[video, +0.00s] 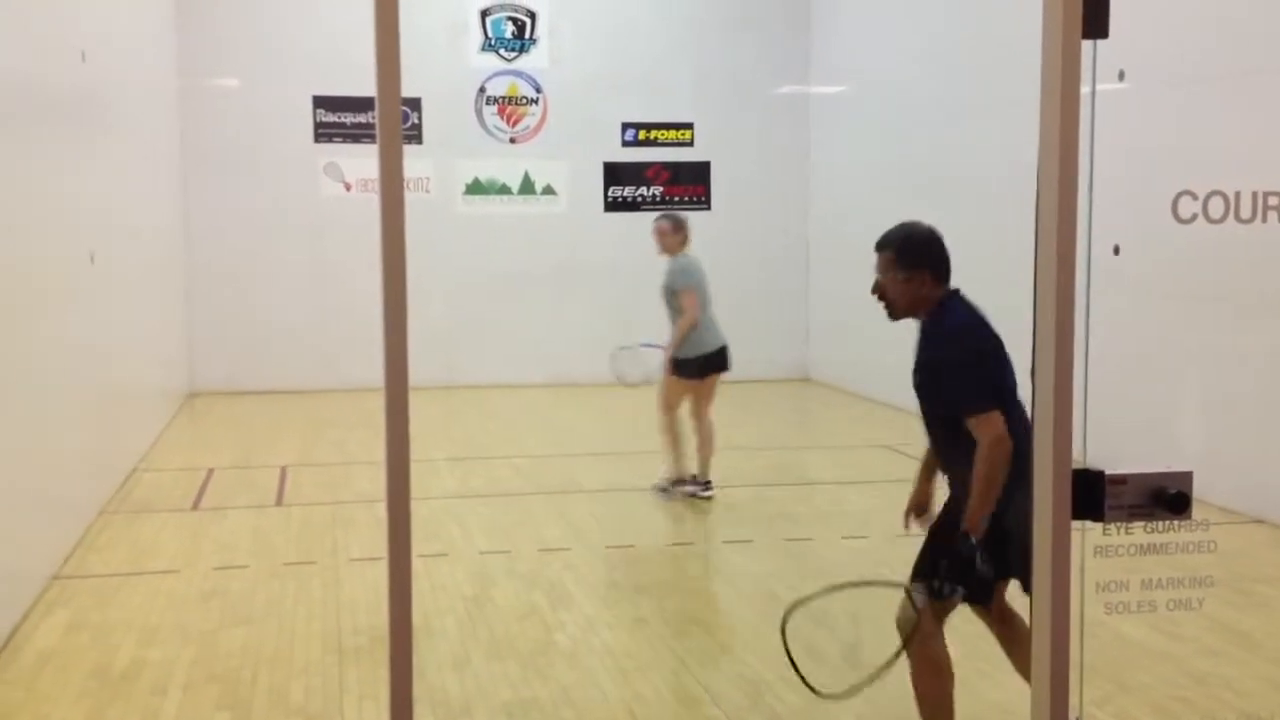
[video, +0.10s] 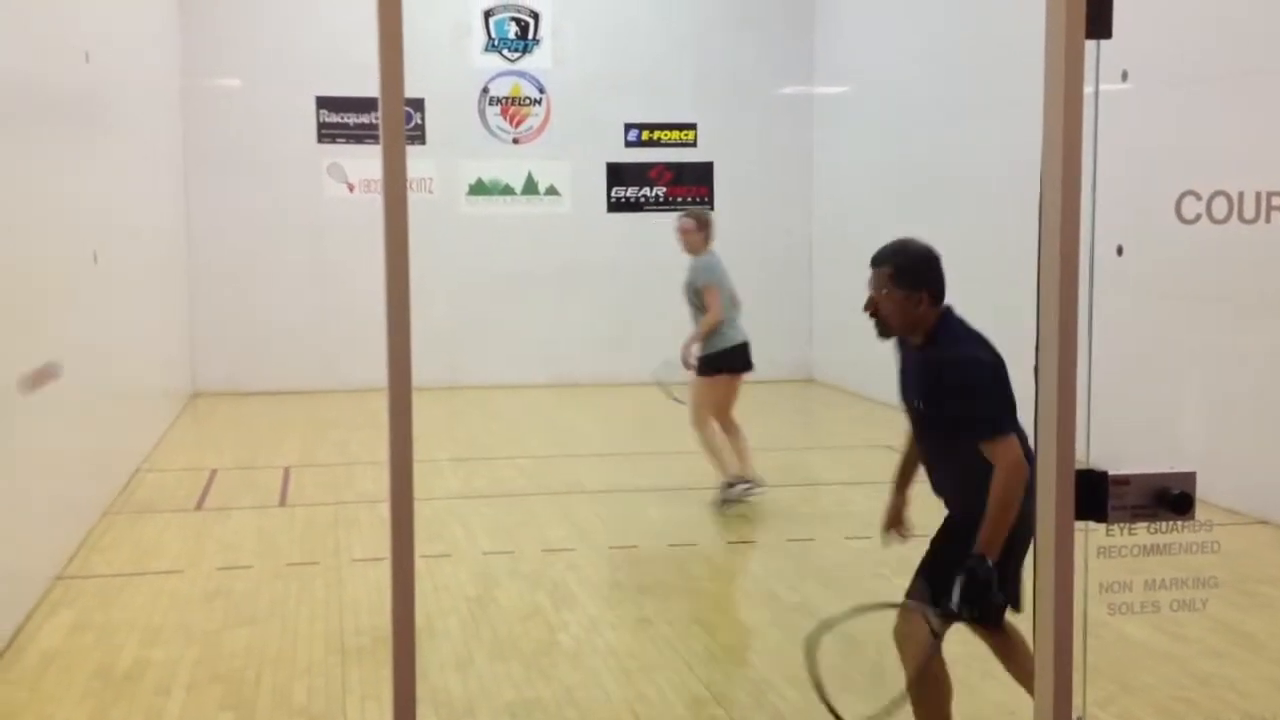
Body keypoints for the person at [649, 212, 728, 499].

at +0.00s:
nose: (657, 239)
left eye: (662, 234)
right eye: (656, 234)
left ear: (679, 235)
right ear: (677, 237)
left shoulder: (679, 268)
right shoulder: (691, 264)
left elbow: (691, 313)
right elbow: (697, 312)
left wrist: (671, 348)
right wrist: (676, 341)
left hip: (691, 353)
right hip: (713, 349)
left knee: (669, 406)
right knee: (701, 410)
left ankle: (678, 473)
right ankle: (703, 477)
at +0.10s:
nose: (682, 238)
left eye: (687, 232)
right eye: (680, 232)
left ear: (703, 233)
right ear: (684, 234)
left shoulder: (704, 266)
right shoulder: (710, 262)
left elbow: (715, 312)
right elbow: (732, 304)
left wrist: (689, 343)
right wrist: (701, 339)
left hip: (720, 350)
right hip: (734, 346)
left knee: (701, 416)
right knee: (723, 413)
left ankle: (732, 476)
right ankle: (748, 473)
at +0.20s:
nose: (706, 254)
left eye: (712, 247)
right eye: (704, 248)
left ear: (728, 250)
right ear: (708, 250)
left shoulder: (729, 284)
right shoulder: (737, 279)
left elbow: (737, 334)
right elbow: (760, 316)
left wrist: (703, 357)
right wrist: (766, 347)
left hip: (743, 367)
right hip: (757, 364)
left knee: (734, 435)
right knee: (747, 431)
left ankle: (771, 487)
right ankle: (782, 482)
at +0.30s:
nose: (727, 263)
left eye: (733, 257)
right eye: (725, 258)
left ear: (749, 261)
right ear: (726, 261)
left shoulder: (749, 296)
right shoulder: (754, 292)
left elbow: (754, 347)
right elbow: (781, 332)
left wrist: (716, 370)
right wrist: (792, 368)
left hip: (764, 381)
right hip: (772, 377)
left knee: (763, 451)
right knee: (768, 443)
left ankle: (803, 506)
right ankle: (787, 489)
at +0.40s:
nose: (743, 261)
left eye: (749, 254)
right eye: (740, 255)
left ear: (766, 258)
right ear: (740, 260)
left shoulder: (764, 293)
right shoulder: (771, 290)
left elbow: (763, 344)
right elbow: (795, 335)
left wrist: (730, 360)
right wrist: (809, 371)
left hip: (781, 384)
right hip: (794, 379)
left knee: (778, 457)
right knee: (791, 445)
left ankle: (820, 516)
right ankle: (798, 492)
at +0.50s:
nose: (757, 244)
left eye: (763, 237)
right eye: (755, 238)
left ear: (780, 241)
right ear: (756, 242)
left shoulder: (778, 277)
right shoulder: (783, 274)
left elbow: (776, 325)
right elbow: (803, 328)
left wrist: (749, 339)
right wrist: (811, 361)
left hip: (790, 375)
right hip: (802, 370)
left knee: (796, 445)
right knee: (804, 441)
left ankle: (820, 515)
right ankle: (832, 501)